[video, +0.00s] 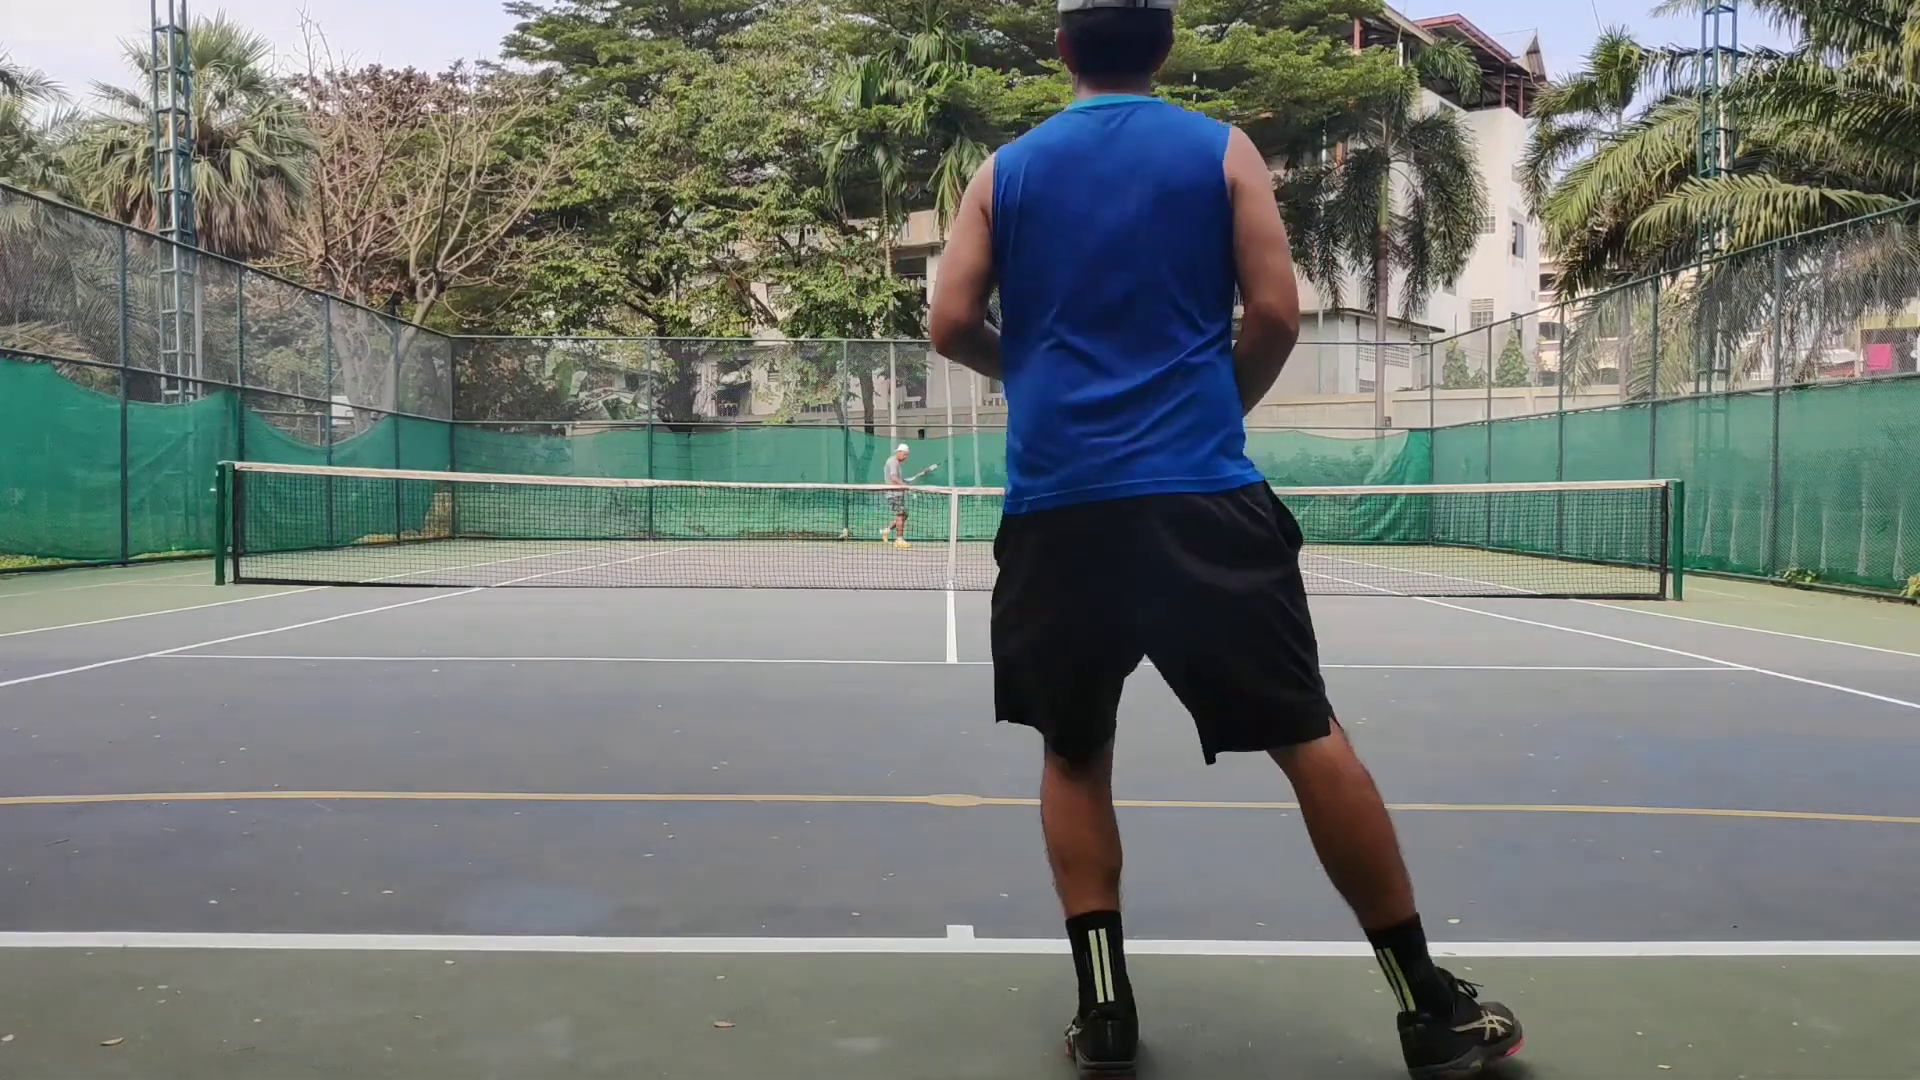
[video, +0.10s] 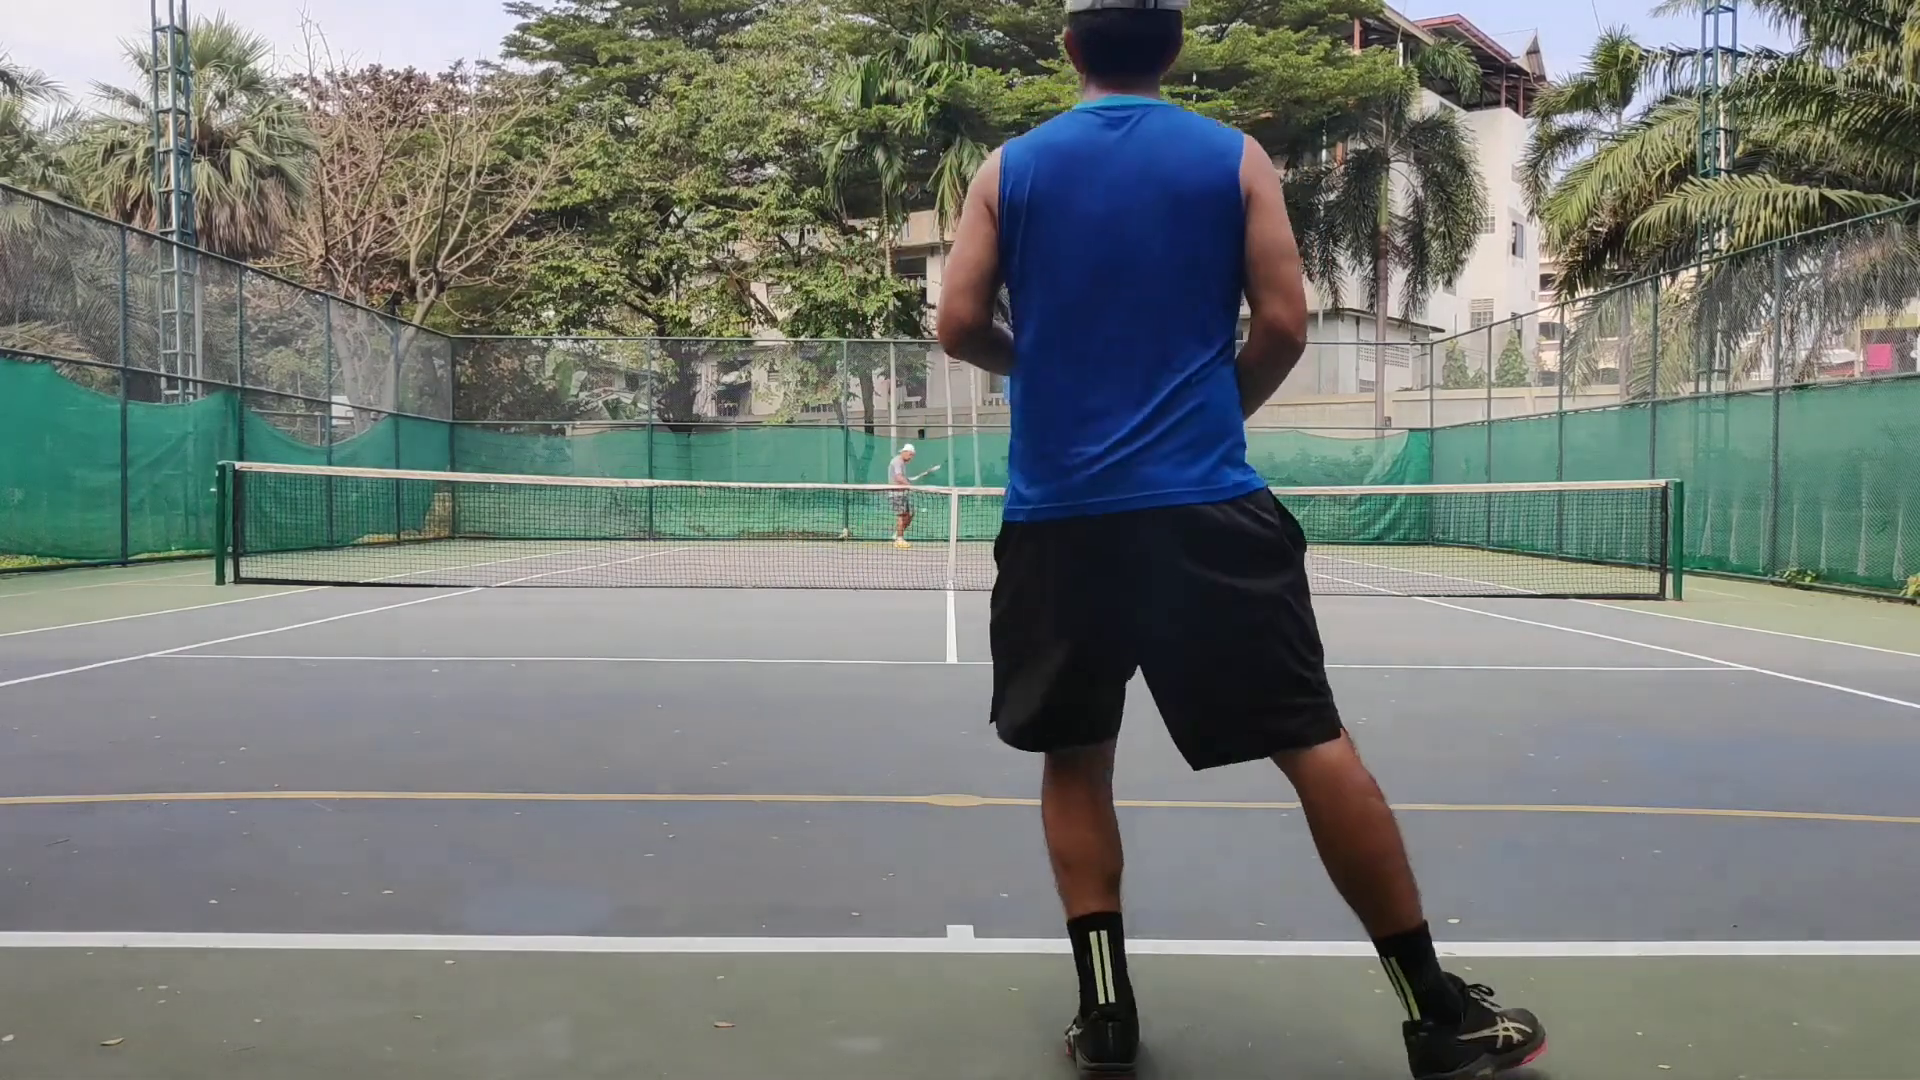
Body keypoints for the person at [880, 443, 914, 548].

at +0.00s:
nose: (906, 457)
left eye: (906, 455)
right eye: (905, 455)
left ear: (903, 454)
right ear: (899, 453)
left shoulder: (896, 462)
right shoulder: (892, 462)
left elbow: (896, 476)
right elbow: (893, 477)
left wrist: (904, 481)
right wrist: (904, 485)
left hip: (897, 490)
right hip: (893, 491)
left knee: (904, 515)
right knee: (900, 515)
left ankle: (887, 530)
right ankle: (899, 539)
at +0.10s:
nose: (910, 458)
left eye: (912, 455)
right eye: (910, 455)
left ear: (908, 454)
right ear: (904, 452)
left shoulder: (901, 462)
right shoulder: (897, 461)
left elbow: (901, 476)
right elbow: (898, 477)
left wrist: (907, 481)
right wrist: (908, 485)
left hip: (901, 491)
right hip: (896, 491)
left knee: (909, 514)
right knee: (902, 515)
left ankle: (898, 534)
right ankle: (899, 538)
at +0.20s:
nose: (915, 458)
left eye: (917, 456)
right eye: (915, 455)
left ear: (914, 455)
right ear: (909, 453)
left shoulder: (906, 462)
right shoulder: (902, 461)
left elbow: (904, 476)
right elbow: (902, 477)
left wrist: (909, 482)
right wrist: (910, 483)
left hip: (905, 491)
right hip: (899, 492)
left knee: (913, 514)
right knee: (904, 515)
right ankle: (900, 538)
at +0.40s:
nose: (924, 459)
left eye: (925, 457)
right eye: (923, 456)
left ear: (922, 455)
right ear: (917, 453)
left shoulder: (916, 463)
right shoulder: (908, 461)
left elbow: (915, 476)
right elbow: (904, 477)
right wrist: (911, 487)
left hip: (914, 493)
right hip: (907, 493)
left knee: (919, 517)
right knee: (909, 516)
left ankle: (922, 539)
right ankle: (900, 539)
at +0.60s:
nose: (930, 457)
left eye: (931, 455)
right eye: (929, 454)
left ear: (929, 454)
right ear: (924, 452)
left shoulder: (926, 463)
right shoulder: (913, 460)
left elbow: (928, 475)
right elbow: (902, 472)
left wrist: (935, 484)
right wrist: (902, 484)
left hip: (921, 491)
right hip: (911, 491)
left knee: (923, 515)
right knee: (912, 515)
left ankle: (923, 539)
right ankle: (902, 537)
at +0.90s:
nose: (934, 454)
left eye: (935, 452)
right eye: (933, 451)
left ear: (936, 453)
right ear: (927, 450)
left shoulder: (934, 463)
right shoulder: (916, 459)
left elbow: (935, 476)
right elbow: (907, 470)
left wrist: (928, 480)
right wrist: (903, 480)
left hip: (926, 487)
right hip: (915, 485)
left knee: (926, 514)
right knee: (912, 512)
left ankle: (924, 537)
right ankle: (905, 534)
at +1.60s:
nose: (923, 452)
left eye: (925, 450)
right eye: (921, 450)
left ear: (929, 451)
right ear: (918, 451)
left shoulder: (933, 462)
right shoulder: (913, 462)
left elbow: (936, 476)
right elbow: (910, 476)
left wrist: (934, 489)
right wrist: (910, 488)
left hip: (929, 492)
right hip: (917, 492)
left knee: (928, 514)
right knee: (917, 515)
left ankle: (927, 534)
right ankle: (918, 533)